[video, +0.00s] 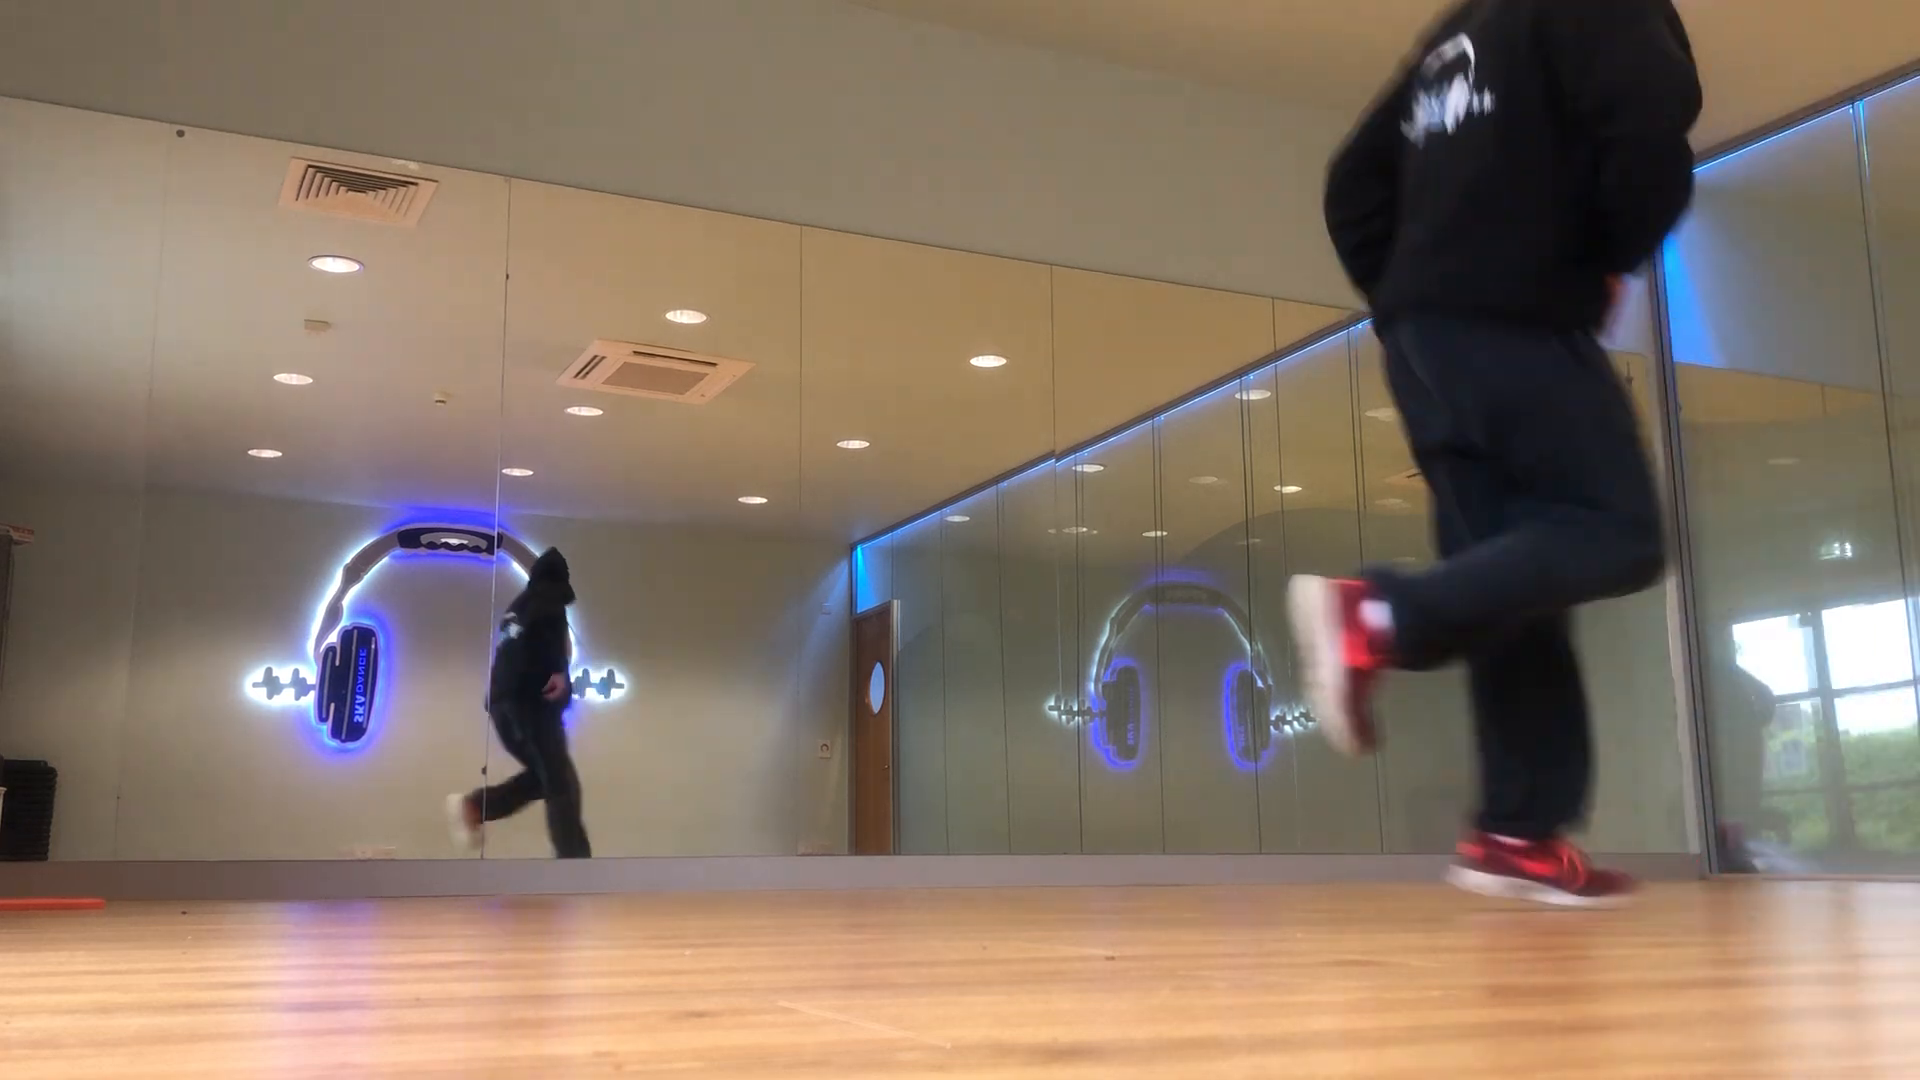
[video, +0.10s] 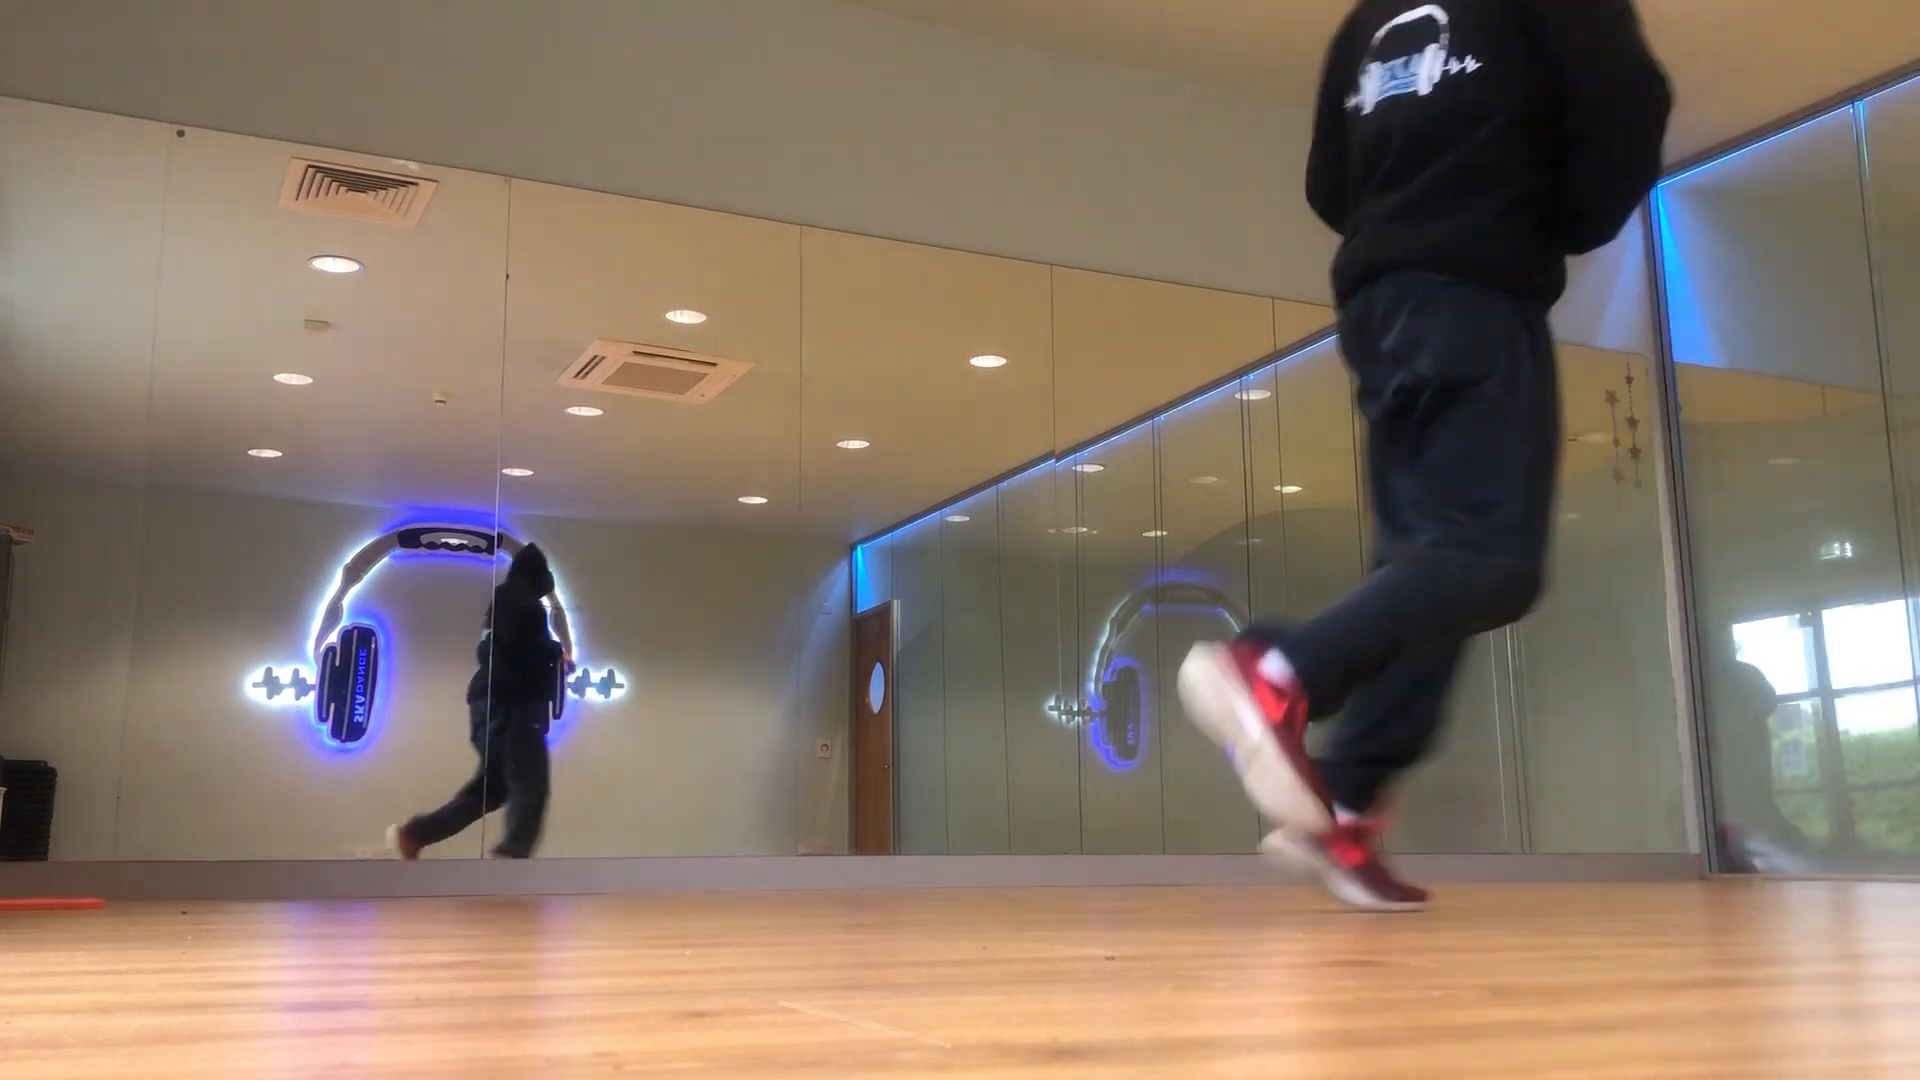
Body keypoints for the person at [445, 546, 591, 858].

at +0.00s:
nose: (567, 592)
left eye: (564, 587)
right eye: (565, 585)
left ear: (535, 577)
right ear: (561, 580)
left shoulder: (517, 608)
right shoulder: (549, 603)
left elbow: (507, 660)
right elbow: (552, 640)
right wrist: (560, 671)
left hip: (503, 706)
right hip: (531, 704)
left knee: (543, 775)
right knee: (562, 783)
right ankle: (577, 867)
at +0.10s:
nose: (550, 581)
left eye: (548, 574)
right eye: (547, 574)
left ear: (517, 570)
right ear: (538, 573)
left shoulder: (506, 600)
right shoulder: (524, 604)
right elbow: (528, 653)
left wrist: (554, 658)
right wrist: (557, 655)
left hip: (491, 703)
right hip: (514, 706)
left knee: (495, 784)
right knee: (531, 784)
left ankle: (415, 833)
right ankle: (510, 859)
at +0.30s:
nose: (509, 623)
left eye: (511, 616)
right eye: (509, 616)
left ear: (483, 602)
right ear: (500, 609)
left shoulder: (458, 627)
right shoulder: (477, 630)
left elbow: (452, 680)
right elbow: (471, 675)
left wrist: (480, 705)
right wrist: (485, 703)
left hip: (417, 727)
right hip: (445, 726)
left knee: (433, 805)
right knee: (494, 785)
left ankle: (383, 869)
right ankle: (490, 868)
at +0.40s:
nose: (495, 629)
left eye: (497, 622)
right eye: (495, 620)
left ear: (468, 608)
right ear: (486, 613)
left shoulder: (437, 631)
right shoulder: (467, 637)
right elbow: (456, 693)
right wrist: (462, 718)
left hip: (389, 726)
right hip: (424, 726)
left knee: (411, 806)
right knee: (480, 777)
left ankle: (373, 870)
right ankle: (464, 852)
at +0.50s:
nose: (489, 618)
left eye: (489, 611)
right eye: (488, 611)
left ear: (459, 599)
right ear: (483, 606)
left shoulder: (429, 618)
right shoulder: (465, 627)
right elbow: (452, 683)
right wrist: (472, 717)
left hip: (379, 709)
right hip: (420, 713)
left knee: (382, 794)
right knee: (436, 792)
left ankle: (365, 867)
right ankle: (422, 862)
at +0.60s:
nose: (475, 608)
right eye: (474, 602)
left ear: (441, 591)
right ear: (470, 599)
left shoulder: (411, 615)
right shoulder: (460, 621)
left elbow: (366, 652)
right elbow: (464, 681)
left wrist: (351, 697)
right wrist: (483, 723)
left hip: (372, 702)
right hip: (415, 710)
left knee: (358, 784)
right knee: (399, 787)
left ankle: (327, 854)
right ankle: (376, 857)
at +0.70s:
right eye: (457, 607)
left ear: (423, 599)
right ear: (456, 608)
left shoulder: (393, 625)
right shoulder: (457, 643)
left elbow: (337, 653)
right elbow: (463, 698)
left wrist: (325, 693)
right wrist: (453, 748)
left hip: (364, 721)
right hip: (409, 734)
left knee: (337, 788)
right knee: (379, 806)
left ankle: (304, 832)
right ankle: (343, 868)